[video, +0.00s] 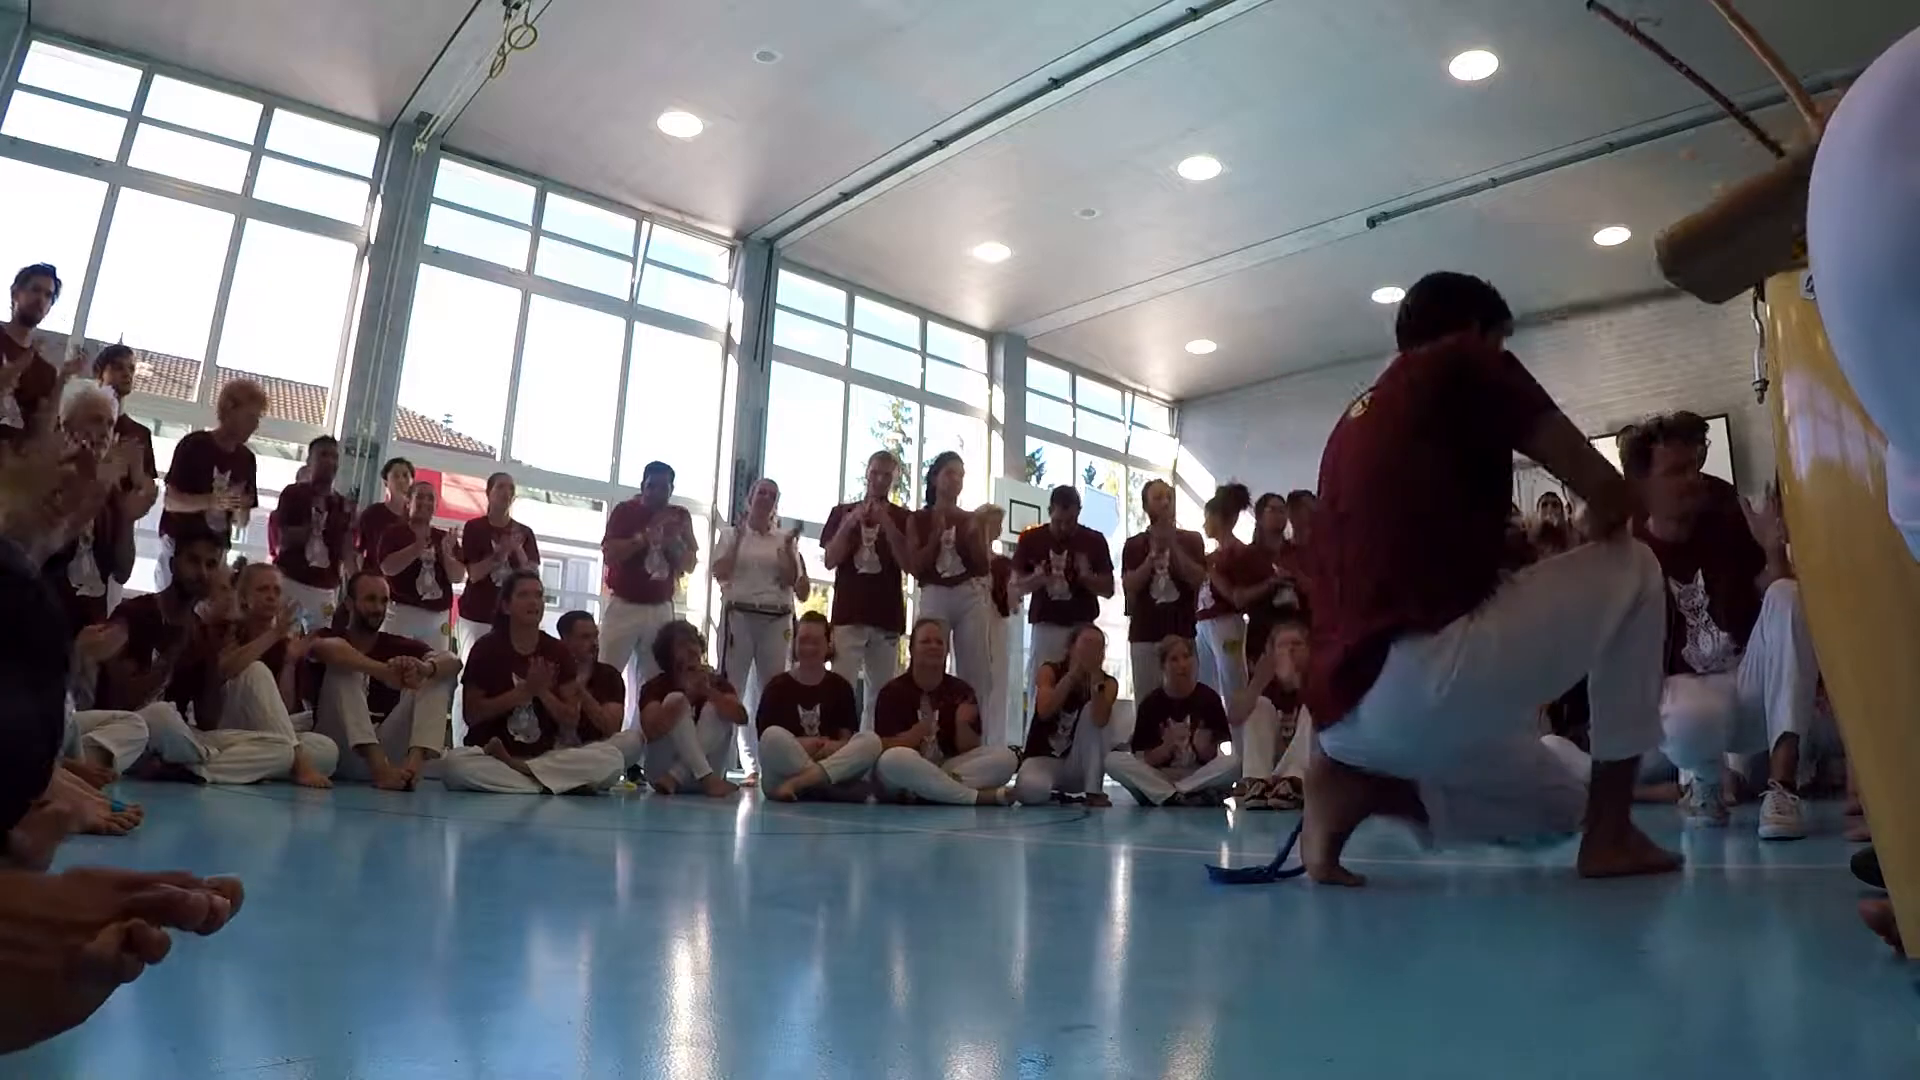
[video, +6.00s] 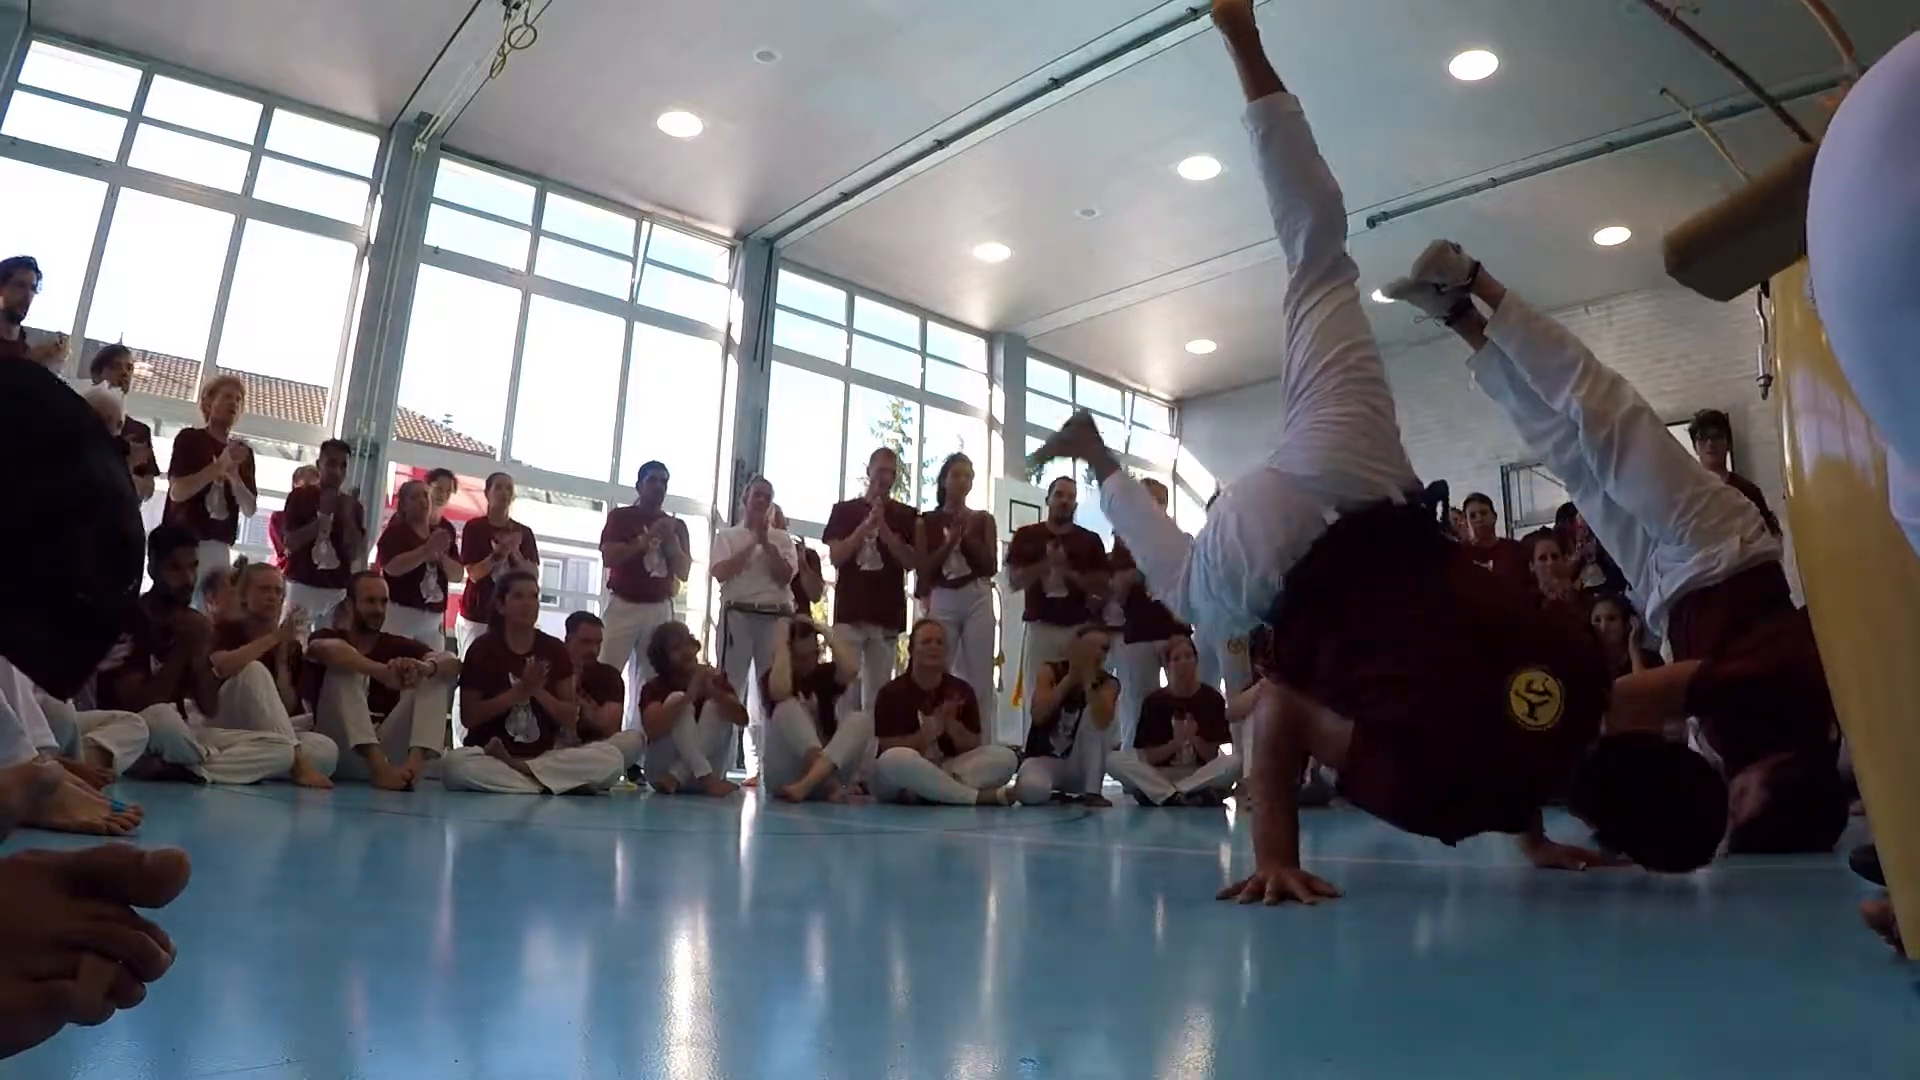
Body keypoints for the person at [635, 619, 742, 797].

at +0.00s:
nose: (690, 649)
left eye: (693, 642)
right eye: (681, 646)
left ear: (701, 646)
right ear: (668, 655)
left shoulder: (716, 682)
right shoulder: (654, 687)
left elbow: (741, 717)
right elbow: (650, 731)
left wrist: (708, 692)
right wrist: (689, 696)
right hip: (664, 773)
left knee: (716, 706)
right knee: (676, 700)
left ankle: (675, 777)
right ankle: (708, 777)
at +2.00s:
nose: (695, 652)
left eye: (702, 648)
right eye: (689, 646)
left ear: (711, 654)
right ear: (676, 652)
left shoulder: (718, 682)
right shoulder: (656, 684)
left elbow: (743, 721)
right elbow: (650, 731)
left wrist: (716, 693)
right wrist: (683, 696)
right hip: (664, 771)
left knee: (719, 706)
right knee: (674, 701)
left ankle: (674, 777)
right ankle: (707, 778)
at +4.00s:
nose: (702, 655)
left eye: (703, 648)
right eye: (695, 649)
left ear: (706, 649)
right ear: (678, 655)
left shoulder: (716, 682)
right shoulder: (654, 687)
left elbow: (743, 720)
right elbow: (650, 730)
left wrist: (711, 690)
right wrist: (680, 691)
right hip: (664, 771)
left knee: (716, 706)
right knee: (676, 700)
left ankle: (675, 776)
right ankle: (707, 776)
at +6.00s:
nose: (687, 651)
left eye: (689, 643)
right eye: (676, 648)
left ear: (695, 646)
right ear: (663, 657)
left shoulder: (715, 679)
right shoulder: (653, 688)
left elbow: (742, 719)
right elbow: (652, 729)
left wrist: (713, 691)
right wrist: (689, 696)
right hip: (664, 772)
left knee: (716, 705)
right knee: (676, 700)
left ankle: (677, 776)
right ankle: (706, 776)